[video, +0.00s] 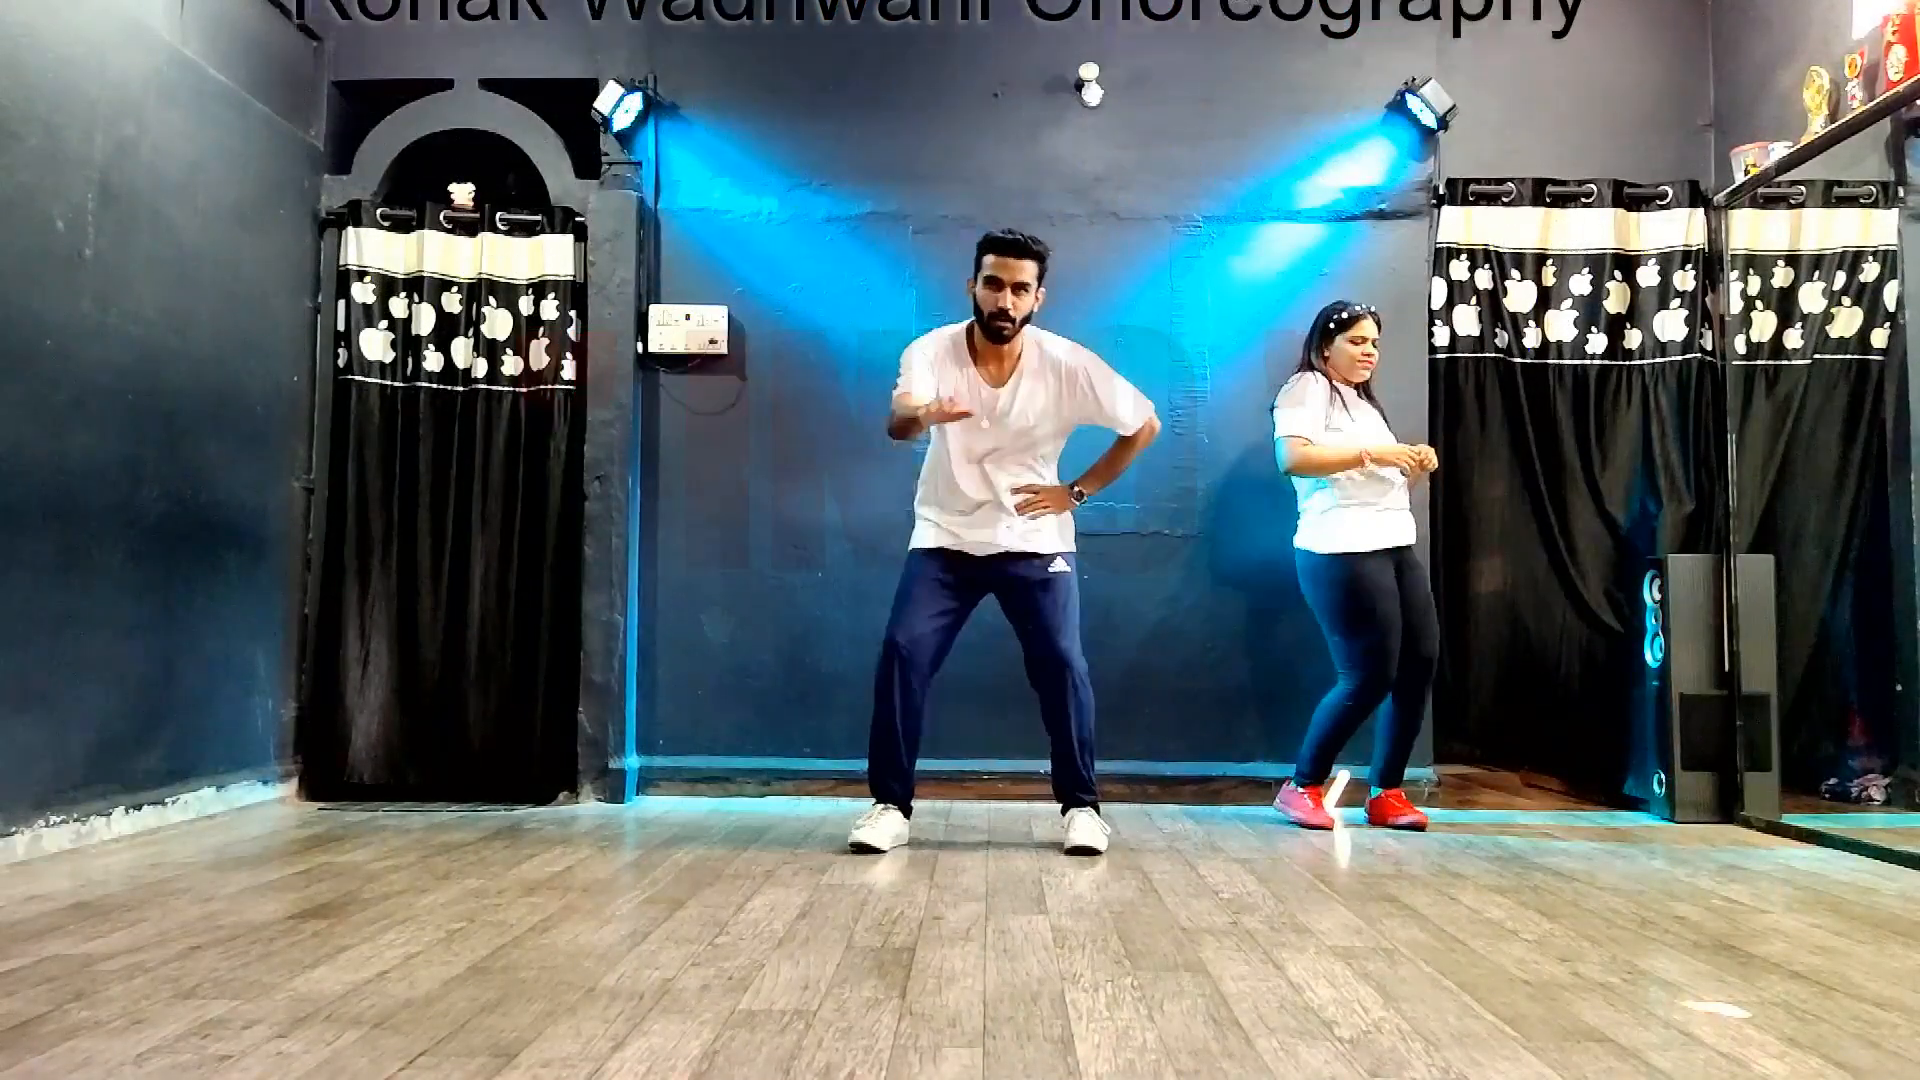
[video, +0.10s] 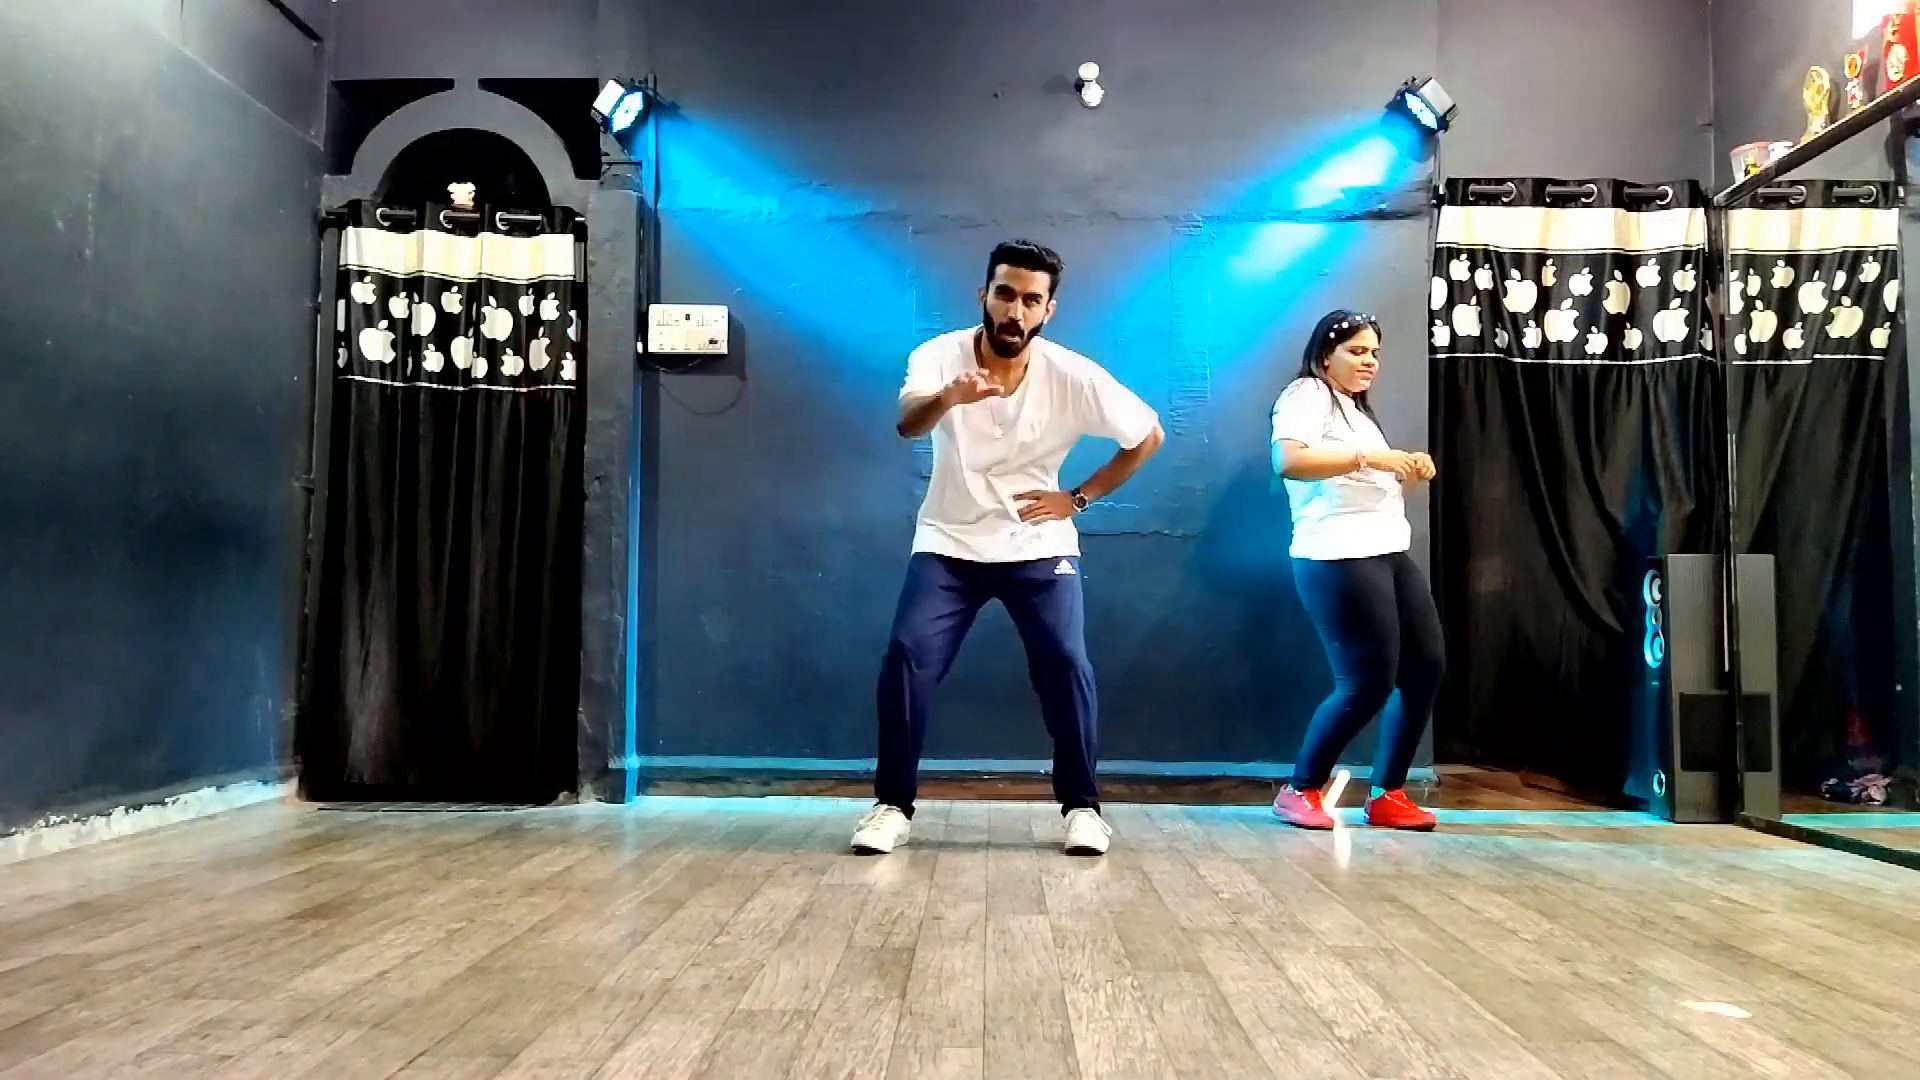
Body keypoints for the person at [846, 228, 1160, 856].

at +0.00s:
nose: (1005, 300)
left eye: (1020, 289)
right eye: (993, 285)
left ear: (1037, 298)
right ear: (972, 286)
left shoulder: (1066, 364)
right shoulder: (932, 352)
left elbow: (1144, 424)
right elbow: (898, 427)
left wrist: (1077, 491)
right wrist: (926, 415)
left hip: (1032, 536)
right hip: (944, 534)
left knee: (1062, 658)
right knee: (903, 649)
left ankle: (1080, 806)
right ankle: (890, 806)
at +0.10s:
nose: (1015, 312)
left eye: (1032, 301)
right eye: (1005, 295)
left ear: (1047, 310)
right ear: (984, 294)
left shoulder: (1071, 376)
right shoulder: (938, 356)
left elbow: (1147, 434)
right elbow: (907, 425)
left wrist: (1079, 497)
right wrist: (944, 398)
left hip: (1037, 539)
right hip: (948, 537)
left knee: (1065, 657)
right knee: (908, 653)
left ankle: (1081, 807)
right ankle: (893, 806)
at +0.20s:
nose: (1015, 318)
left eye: (1031, 307)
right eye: (1006, 301)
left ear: (1047, 314)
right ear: (985, 298)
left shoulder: (1069, 376)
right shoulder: (939, 351)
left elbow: (1143, 438)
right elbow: (914, 408)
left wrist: (1072, 499)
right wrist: (944, 407)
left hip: (1030, 536)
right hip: (943, 534)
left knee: (1058, 658)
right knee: (906, 653)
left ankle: (1079, 807)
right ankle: (891, 806)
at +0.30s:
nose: (1004, 315)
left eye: (1020, 305)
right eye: (995, 299)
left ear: (1038, 309)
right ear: (976, 293)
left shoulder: (1065, 366)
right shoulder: (936, 345)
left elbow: (1135, 432)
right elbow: (916, 387)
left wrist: (1067, 493)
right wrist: (926, 411)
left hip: (1022, 530)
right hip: (938, 525)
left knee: (1047, 657)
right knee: (904, 649)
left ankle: (1077, 806)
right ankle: (888, 805)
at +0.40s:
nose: (987, 316)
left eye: (1002, 303)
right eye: (976, 300)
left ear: (1022, 299)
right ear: (957, 292)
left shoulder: (1051, 343)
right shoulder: (928, 349)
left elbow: (1118, 421)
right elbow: (909, 397)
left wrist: (1060, 489)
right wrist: (896, 418)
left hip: (1013, 522)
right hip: (927, 517)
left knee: (1040, 655)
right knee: (894, 643)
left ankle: (1074, 804)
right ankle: (885, 806)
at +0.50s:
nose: (984, 319)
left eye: (999, 306)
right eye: (972, 303)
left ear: (1019, 302)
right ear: (954, 296)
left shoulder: (1049, 344)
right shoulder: (927, 356)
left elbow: (1116, 423)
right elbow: (906, 417)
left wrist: (1059, 492)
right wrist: (892, 428)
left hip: (1014, 525)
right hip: (928, 520)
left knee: (1044, 657)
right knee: (892, 643)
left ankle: (1075, 804)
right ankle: (885, 807)